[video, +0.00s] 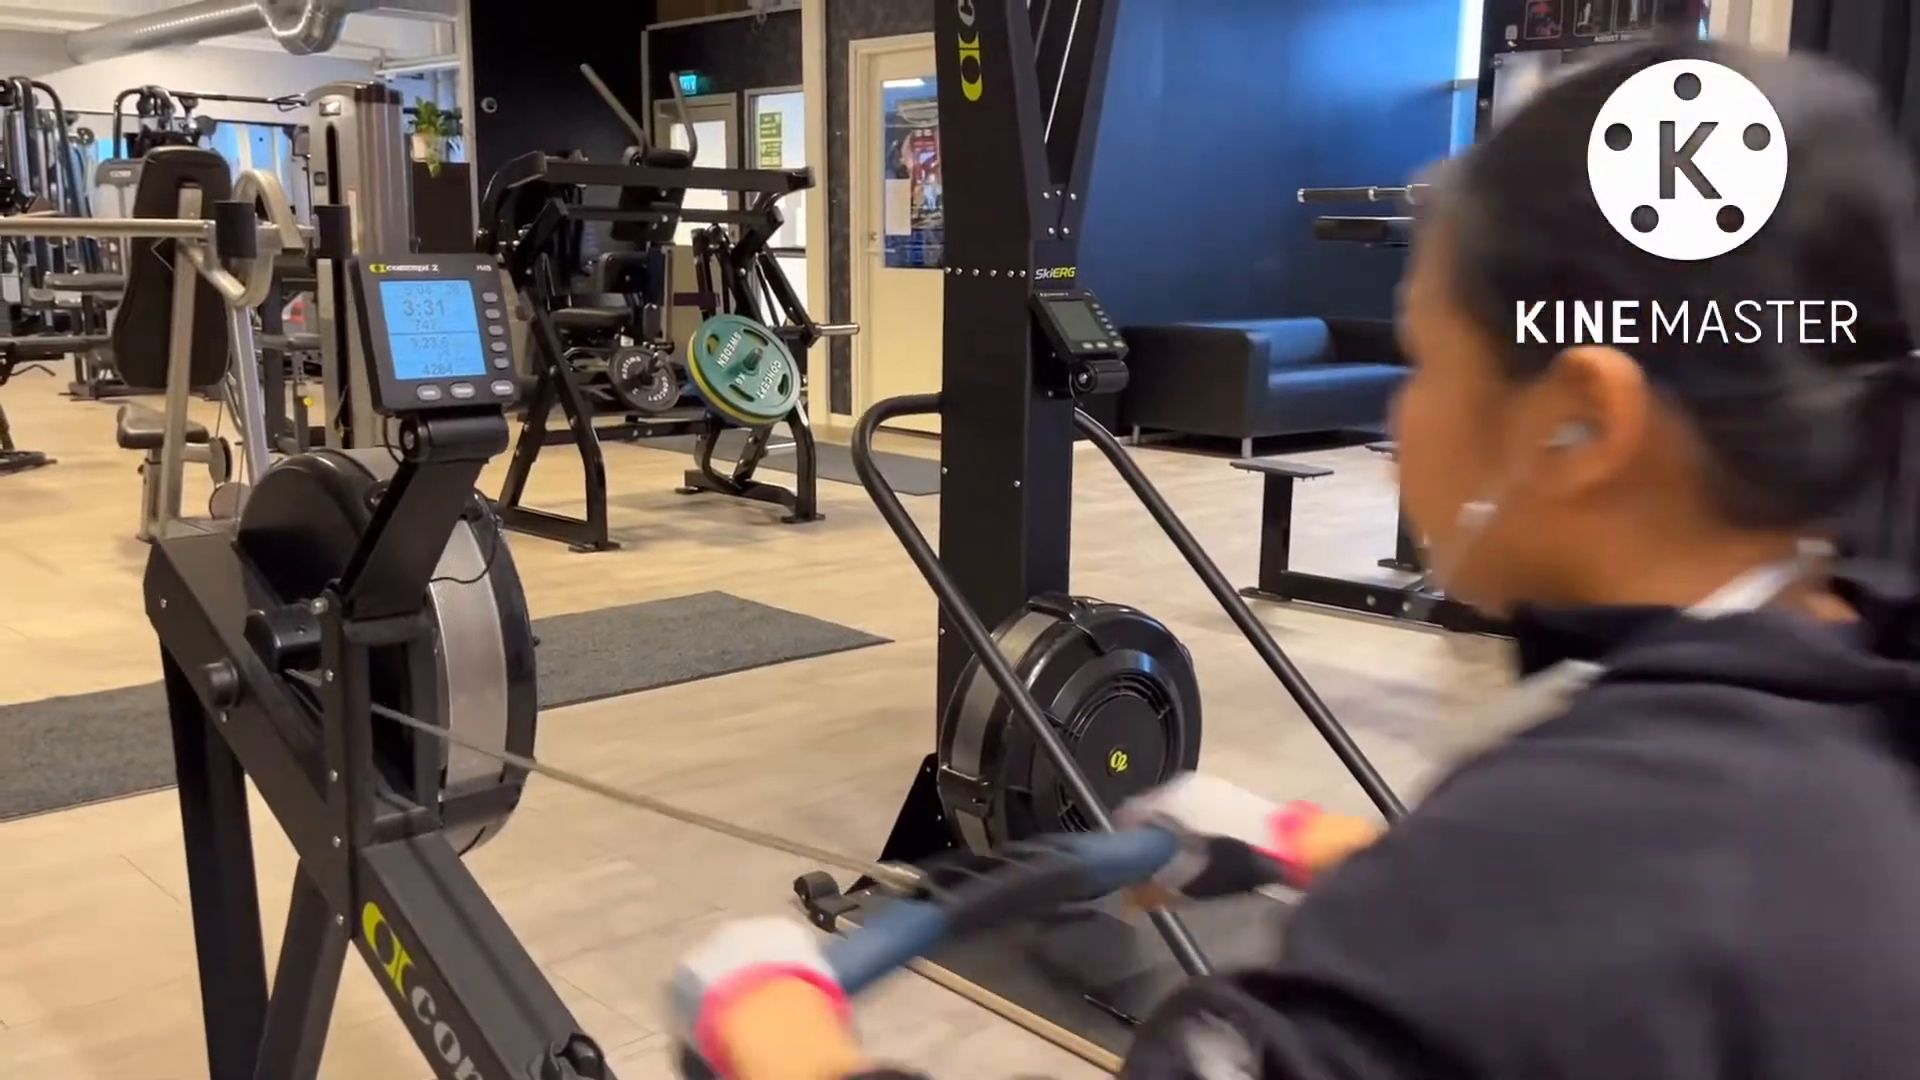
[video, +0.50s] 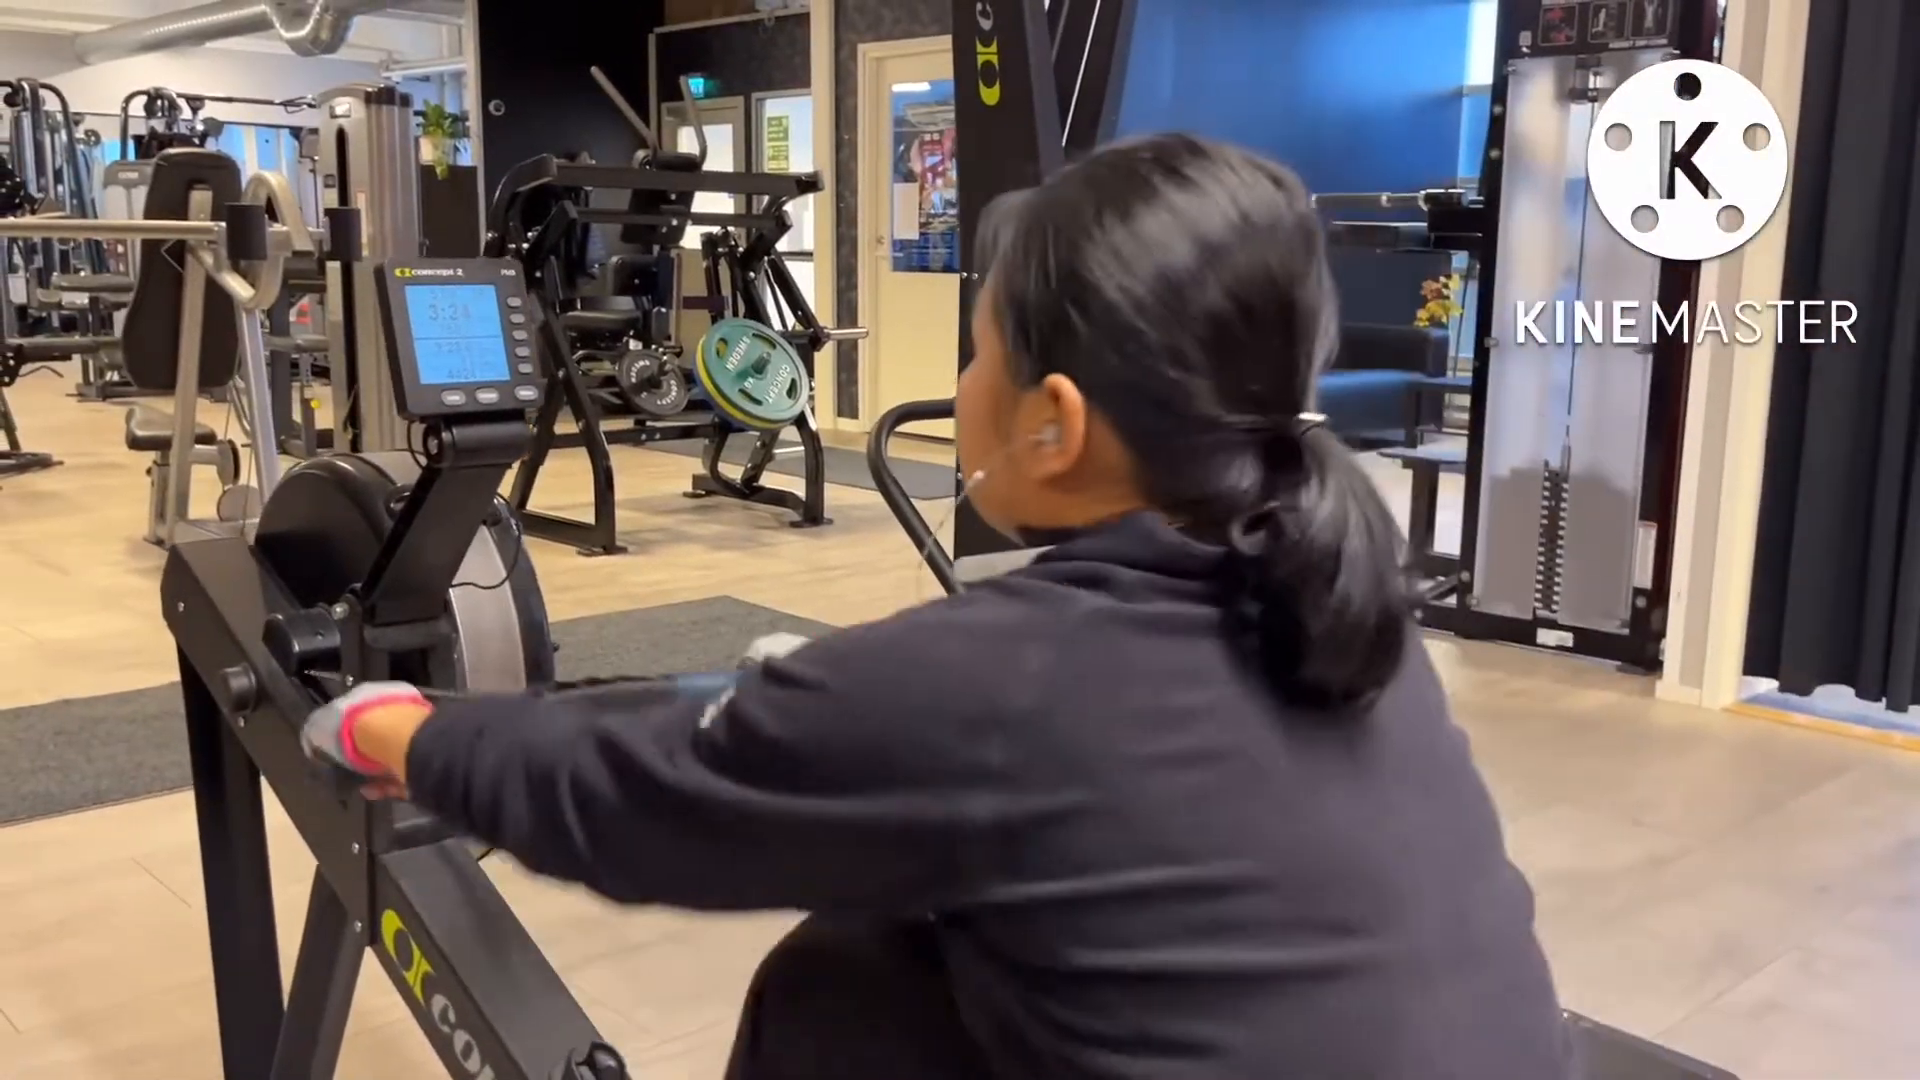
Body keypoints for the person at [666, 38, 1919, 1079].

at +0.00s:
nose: (1392, 422)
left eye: (1419, 366)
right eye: (1407, 364)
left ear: (1581, 426)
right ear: (1823, 404)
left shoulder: (1462, 930)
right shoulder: (1875, 698)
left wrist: (787, 1048)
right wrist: (1402, 858)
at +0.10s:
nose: (1267, 400)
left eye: (1291, 357)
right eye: (1281, 350)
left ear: (1430, 422)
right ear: (1655, 405)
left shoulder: (1416, 793)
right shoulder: (1774, 696)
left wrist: (670, 982)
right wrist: (1220, 821)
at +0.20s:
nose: (1150, 401)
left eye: (1172, 360)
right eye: (1163, 355)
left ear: (1293, 417)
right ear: (1507, 387)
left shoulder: (1273, 758)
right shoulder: (1598, 633)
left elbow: (778, 1047)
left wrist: (574, 902)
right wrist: (1097, 770)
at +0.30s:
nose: (1058, 395)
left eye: (1077, 354)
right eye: (1072, 349)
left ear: (1180, 417)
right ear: (1393, 387)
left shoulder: (1106, 728)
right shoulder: (1485, 619)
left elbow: (695, 980)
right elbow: (1276, 772)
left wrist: (491, 849)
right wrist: (985, 725)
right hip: (1624, 1042)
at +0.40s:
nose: (990, 389)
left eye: (1008, 353)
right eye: (1006, 347)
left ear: (1102, 419)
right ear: (1306, 383)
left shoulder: (1026, 704)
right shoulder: (1398, 588)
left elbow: (630, 888)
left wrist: (439, 791)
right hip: (1541, 1041)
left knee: (855, 961)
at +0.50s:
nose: (957, 390)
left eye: (976, 355)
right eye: (976, 348)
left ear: (1061, 425)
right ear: (1264, 393)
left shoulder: (989, 678)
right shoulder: (1352, 586)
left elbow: (648, 783)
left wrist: (412, 736)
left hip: (1243, 1068)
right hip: (1509, 1046)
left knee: (833, 974)